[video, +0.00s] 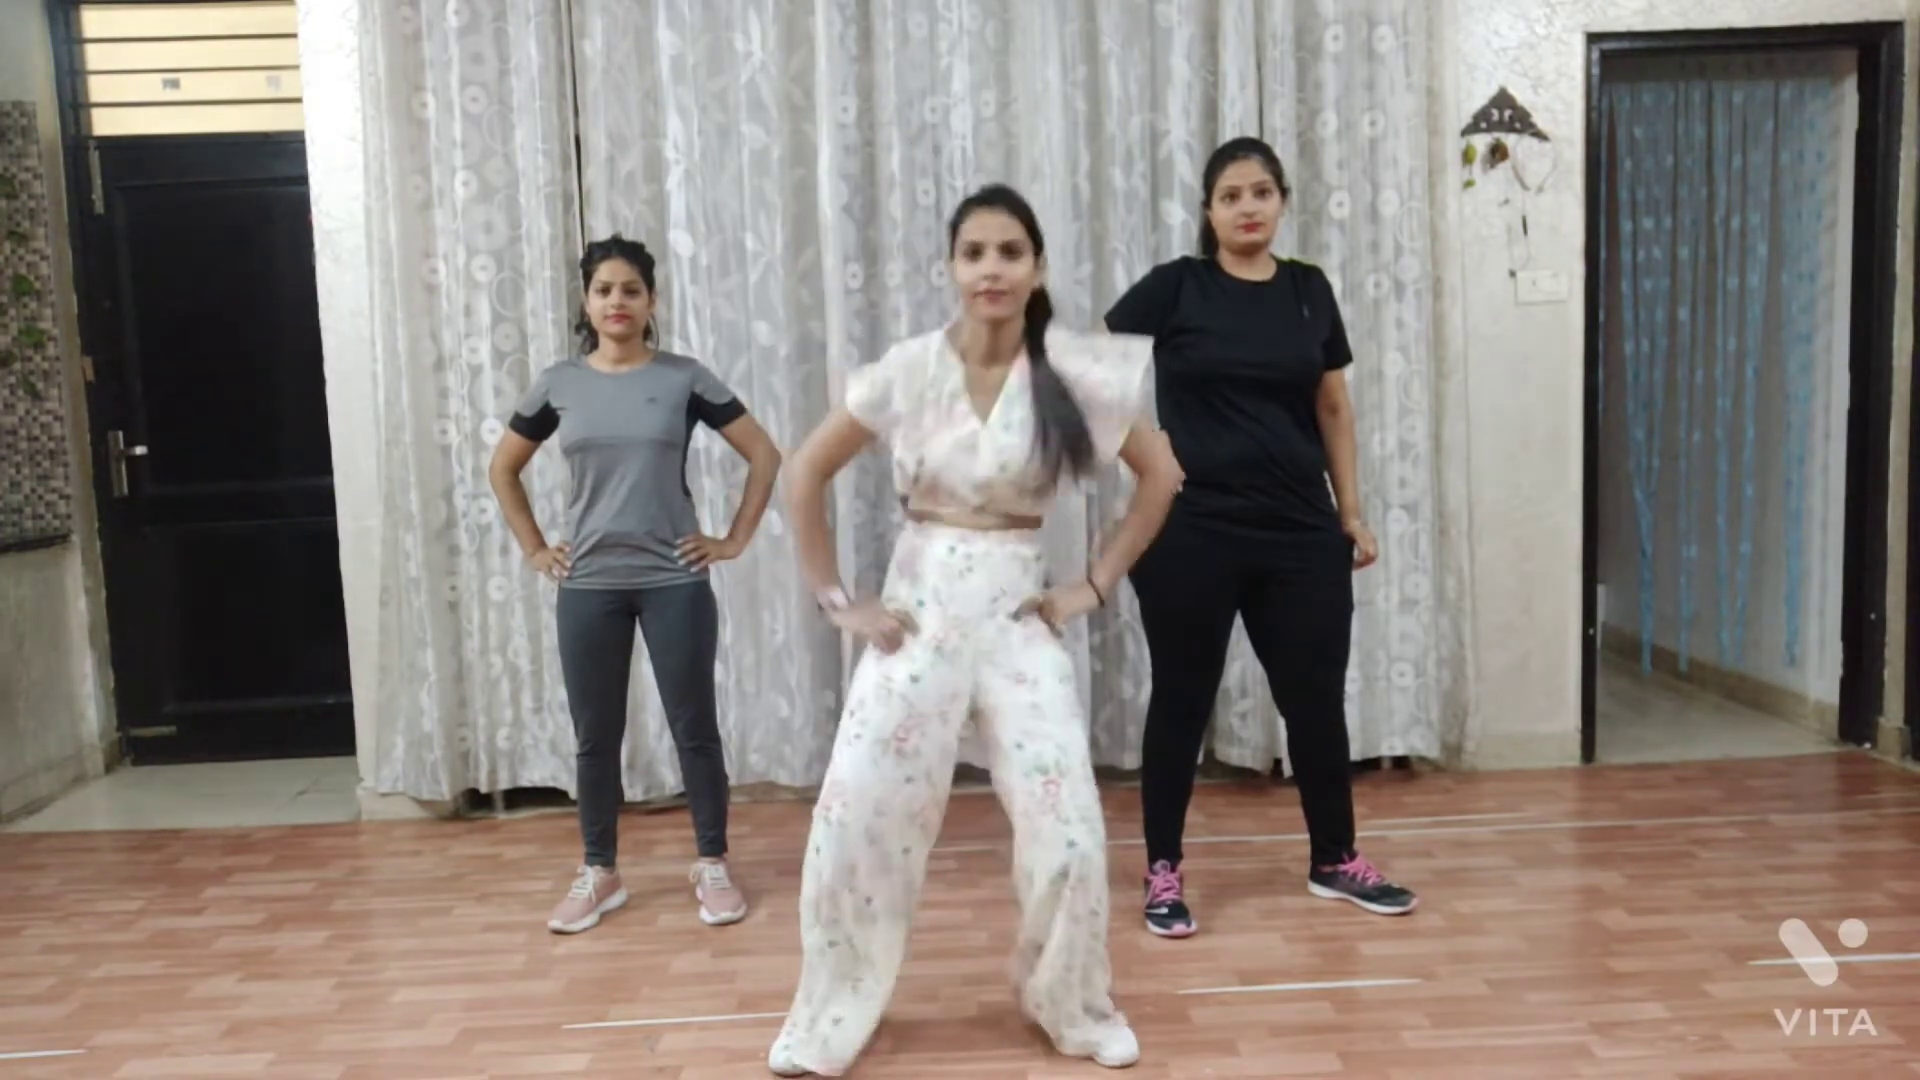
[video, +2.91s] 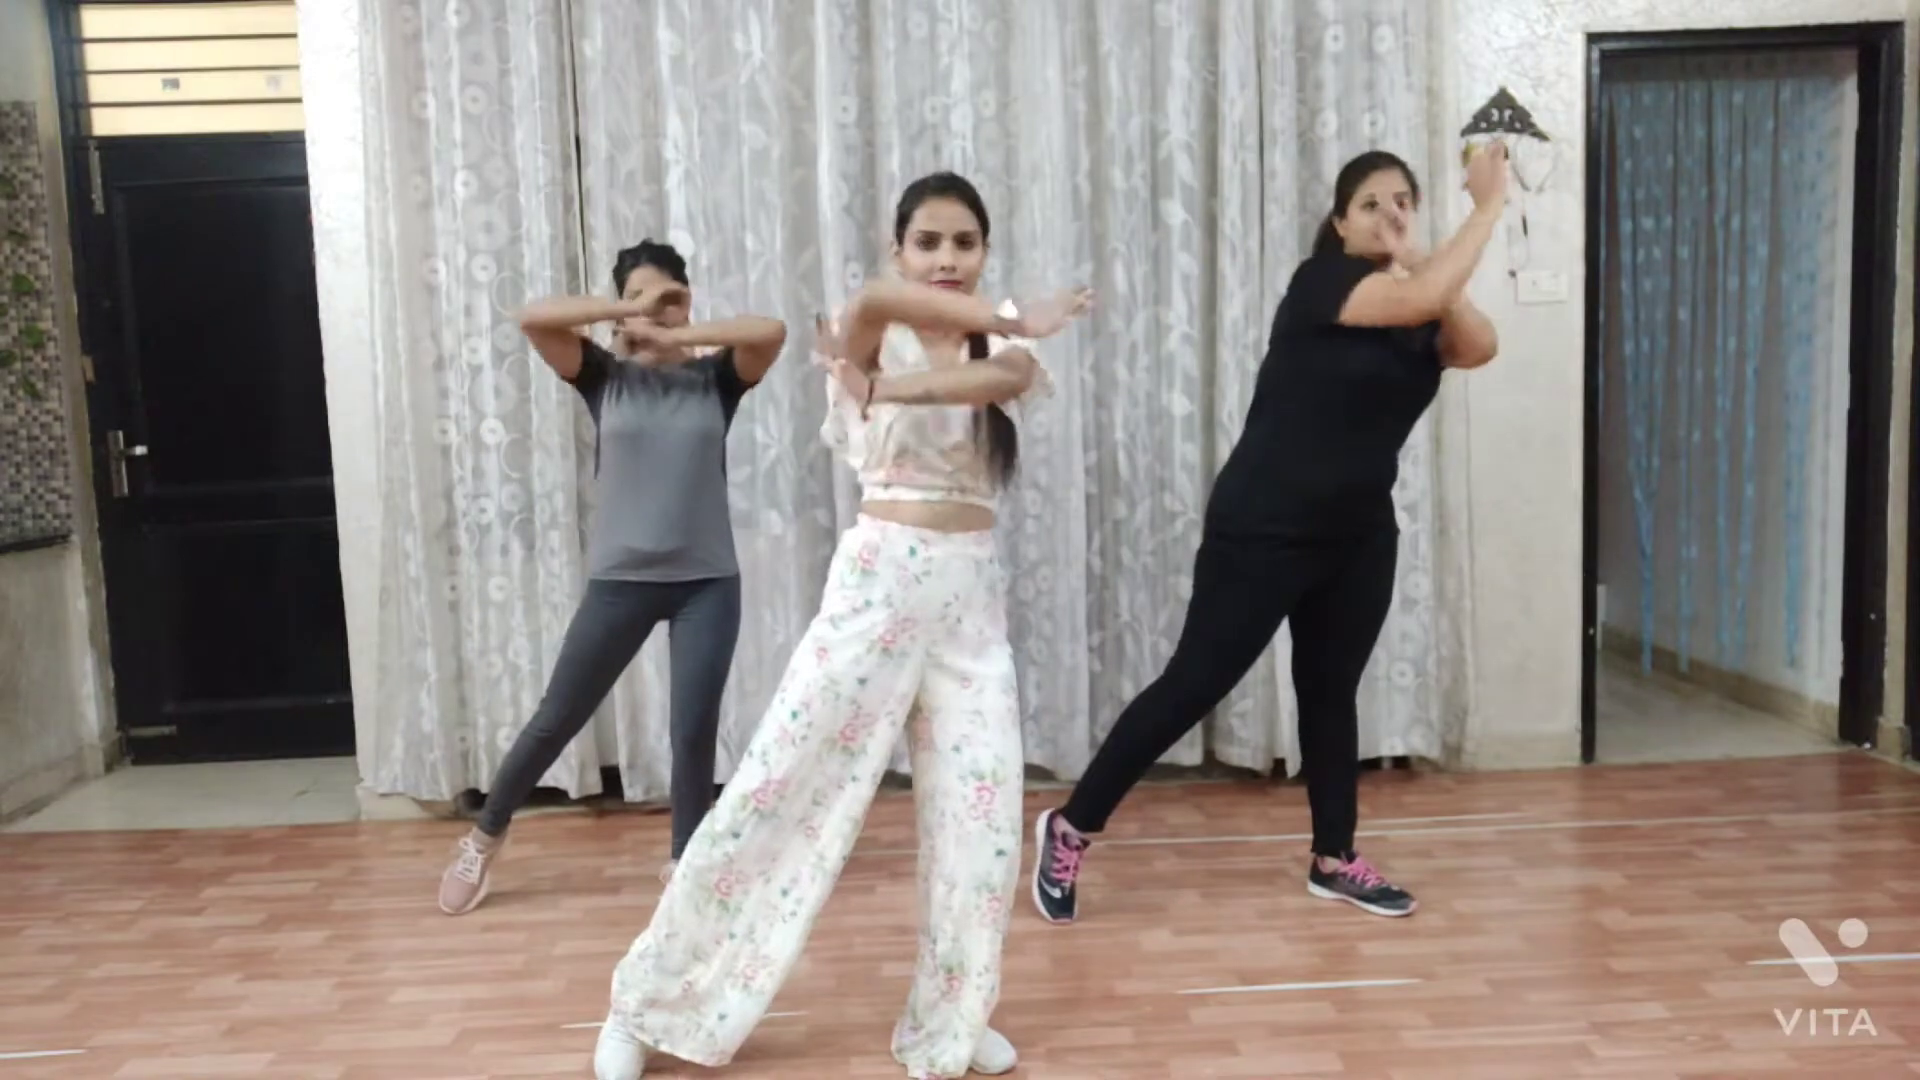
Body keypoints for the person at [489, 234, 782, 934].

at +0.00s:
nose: (617, 301)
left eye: (630, 289)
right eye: (604, 290)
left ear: (651, 301)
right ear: (585, 302)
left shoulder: (685, 378)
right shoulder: (559, 384)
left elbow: (764, 455)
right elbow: (502, 468)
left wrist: (735, 538)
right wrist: (536, 549)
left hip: (674, 574)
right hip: (589, 577)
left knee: (694, 728)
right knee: (595, 737)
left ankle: (712, 866)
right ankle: (599, 872)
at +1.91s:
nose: (621, 303)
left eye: (634, 290)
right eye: (608, 292)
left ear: (658, 297)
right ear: (591, 303)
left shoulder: (694, 379)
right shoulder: (569, 375)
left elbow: (752, 460)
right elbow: (473, 441)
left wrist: (806, 518)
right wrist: (473, 529)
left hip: (674, 574)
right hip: (589, 582)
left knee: (680, 732)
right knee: (595, 738)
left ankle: (687, 873)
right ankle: (599, 873)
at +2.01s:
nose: (629, 307)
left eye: (642, 293)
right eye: (616, 295)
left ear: (667, 299)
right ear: (601, 305)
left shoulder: (701, 377)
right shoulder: (583, 372)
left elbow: (757, 443)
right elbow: (521, 414)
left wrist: (826, 497)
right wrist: (470, 445)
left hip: (680, 578)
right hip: (596, 580)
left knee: (683, 733)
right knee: (587, 736)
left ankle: (687, 871)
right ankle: (597, 872)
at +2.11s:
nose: (632, 309)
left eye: (646, 295)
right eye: (620, 298)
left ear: (675, 302)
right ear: (606, 309)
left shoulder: (707, 379)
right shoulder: (600, 372)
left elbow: (750, 421)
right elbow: (565, 384)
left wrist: (807, 455)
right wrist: (524, 370)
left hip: (688, 580)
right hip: (605, 581)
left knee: (688, 726)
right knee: (567, 721)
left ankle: (685, 869)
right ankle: (579, 864)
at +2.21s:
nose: (640, 313)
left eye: (653, 299)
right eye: (627, 301)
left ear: (683, 303)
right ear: (610, 309)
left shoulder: (709, 371)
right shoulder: (598, 366)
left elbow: (729, 389)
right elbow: (600, 375)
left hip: (701, 579)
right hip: (616, 577)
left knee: (691, 736)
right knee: (556, 716)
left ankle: (687, 874)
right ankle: (509, 851)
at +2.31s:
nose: (644, 312)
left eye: (656, 299)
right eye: (631, 303)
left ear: (685, 302)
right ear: (616, 311)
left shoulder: (724, 372)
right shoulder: (604, 365)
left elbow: (697, 378)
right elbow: (621, 362)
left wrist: (648, 343)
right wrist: (723, 320)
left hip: (708, 574)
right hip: (623, 575)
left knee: (696, 734)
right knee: (549, 714)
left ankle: (687, 876)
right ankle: (471, 836)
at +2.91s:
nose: (662, 314)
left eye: (674, 302)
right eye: (647, 304)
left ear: (690, 308)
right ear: (622, 315)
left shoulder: (717, 380)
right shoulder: (604, 376)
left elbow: (771, 331)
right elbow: (535, 320)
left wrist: (674, 334)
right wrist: (621, 307)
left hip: (708, 581)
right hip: (621, 582)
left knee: (695, 735)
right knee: (553, 724)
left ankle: (690, 876)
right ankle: (482, 840)